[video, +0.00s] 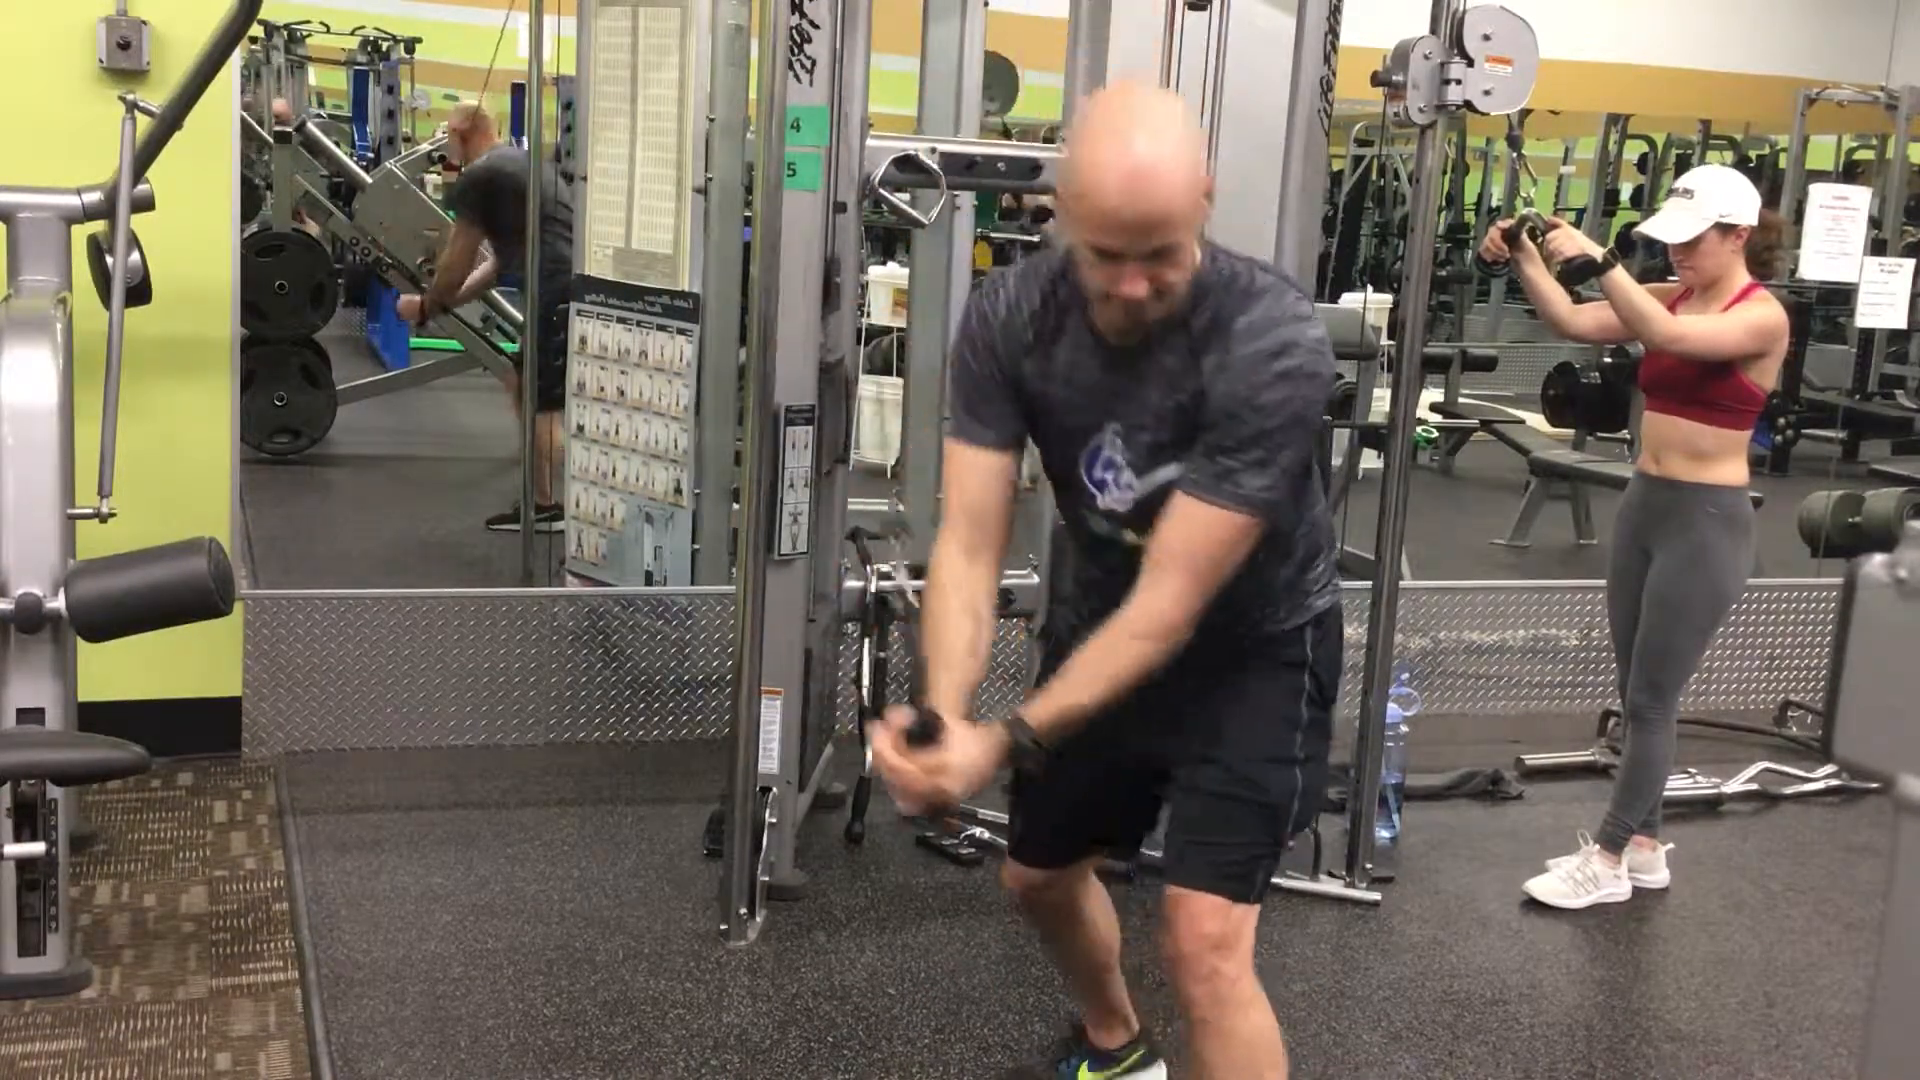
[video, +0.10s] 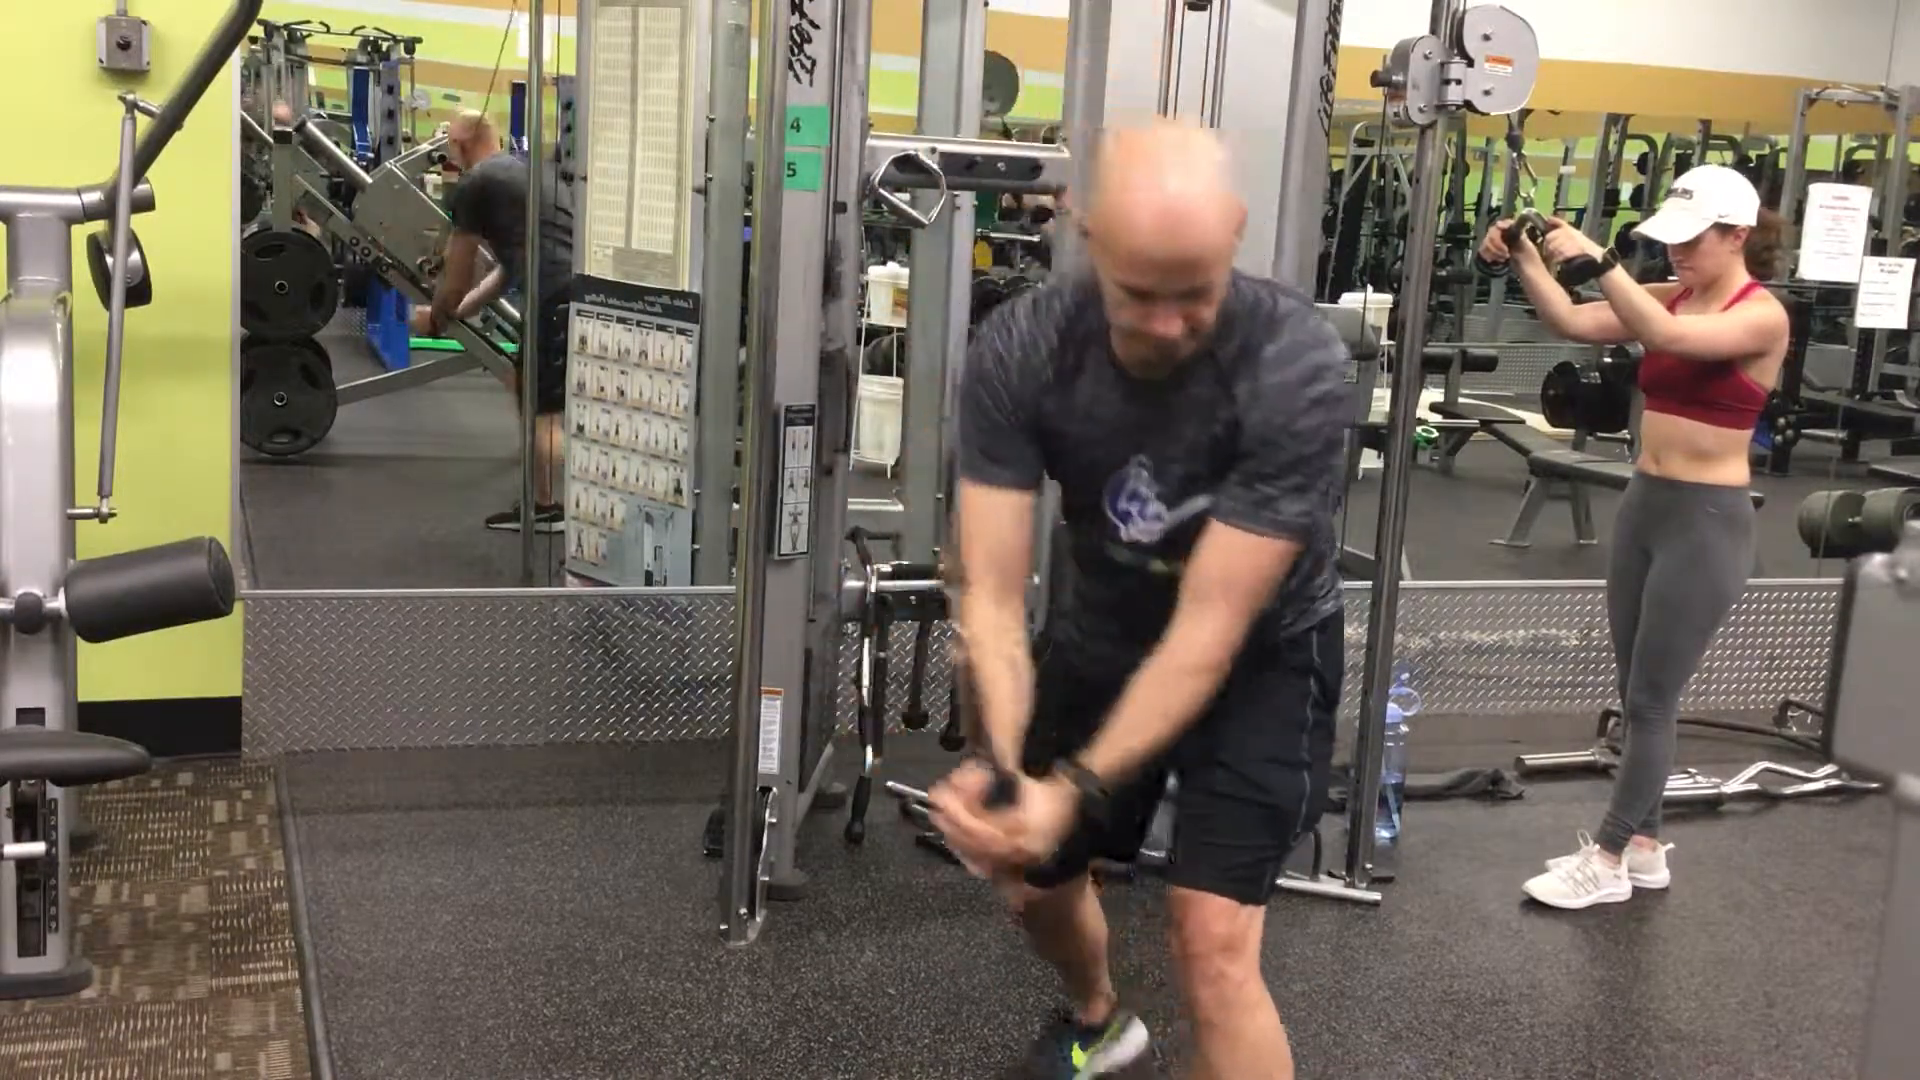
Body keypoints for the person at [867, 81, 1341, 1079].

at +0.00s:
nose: (1131, 286)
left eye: (1161, 256)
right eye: (1103, 256)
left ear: (1204, 211)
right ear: (1061, 212)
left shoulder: (1273, 339)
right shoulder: (1007, 314)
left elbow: (1165, 606)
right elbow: (967, 545)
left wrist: (1007, 735)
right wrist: (946, 712)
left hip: (1256, 638)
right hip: (1100, 618)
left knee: (1204, 936)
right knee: (1043, 880)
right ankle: (1117, 1042)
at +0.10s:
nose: (1166, 326)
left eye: (1195, 296)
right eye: (1136, 296)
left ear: (1235, 245)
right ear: (1086, 238)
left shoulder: (1297, 368)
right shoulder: (1017, 350)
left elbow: (1212, 619)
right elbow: (992, 587)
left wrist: (1076, 790)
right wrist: (1003, 758)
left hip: (1258, 640)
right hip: (1100, 623)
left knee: (1212, 947)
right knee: (1036, 868)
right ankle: (1096, 1019)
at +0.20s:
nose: (1204, 367)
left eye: (1232, 335)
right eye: (1174, 336)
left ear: (1269, 279)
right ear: (1117, 273)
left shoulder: (1321, 395)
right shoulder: (1038, 384)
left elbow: (1254, 648)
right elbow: (1038, 645)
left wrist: (1157, 835)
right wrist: (1065, 824)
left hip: (1252, 656)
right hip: (1101, 652)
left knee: (1224, 939)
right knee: (1036, 901)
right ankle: (1050, 1003)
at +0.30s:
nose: (1237, 415)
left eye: (1261, 384)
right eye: (1206, 386)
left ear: (1295, 336)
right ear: (1144, 318)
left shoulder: (1343, 434)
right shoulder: (1057, 436)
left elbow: (1297, 679)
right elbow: (1079, 703)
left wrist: (1233, 889)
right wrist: (1139, 885)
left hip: (1236, 690)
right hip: (1097, 686)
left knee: (1240, 962)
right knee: (1049, 924)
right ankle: (1028, 993)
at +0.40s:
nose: (1259, 471)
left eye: (1284, 439)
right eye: (1228, 443)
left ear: (1315, 386)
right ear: (1162, 371)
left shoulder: (1356, 473)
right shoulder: (1073, 475)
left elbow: (1322, 719)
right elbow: (1109, 756)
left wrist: (1291, 934)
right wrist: (1203, 942)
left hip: (1243, 719)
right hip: (1088, 706)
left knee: (1246, 946)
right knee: (1050, 941)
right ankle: (1032, 1002)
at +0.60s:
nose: (1282, 562)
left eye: (1306, 533)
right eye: (1253, 534)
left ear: (1335, 482)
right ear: (1186, 460)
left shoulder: (1363, 535)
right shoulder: (1085, 550)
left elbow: (1355, 783)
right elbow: (1151, 843)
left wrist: (1359, 1012)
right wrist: (1289, 1050)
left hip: (1232, 713)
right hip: (1073, 717)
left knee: (1233, 934)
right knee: (1061, 971)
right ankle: (1022, 998)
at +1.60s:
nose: (1222, 489)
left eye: (1248, 455)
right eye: (1191, 459)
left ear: (1287, 384)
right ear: (1132, 393)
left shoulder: (1340, 495)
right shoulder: (1052, 500)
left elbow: (1300, 753)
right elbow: (1079, 780)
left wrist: (1253, 979)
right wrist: (1156, 987)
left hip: (1241, 732)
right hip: (1105, 723)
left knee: (1221, 953)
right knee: (1058, 944)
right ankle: (1033, 997)